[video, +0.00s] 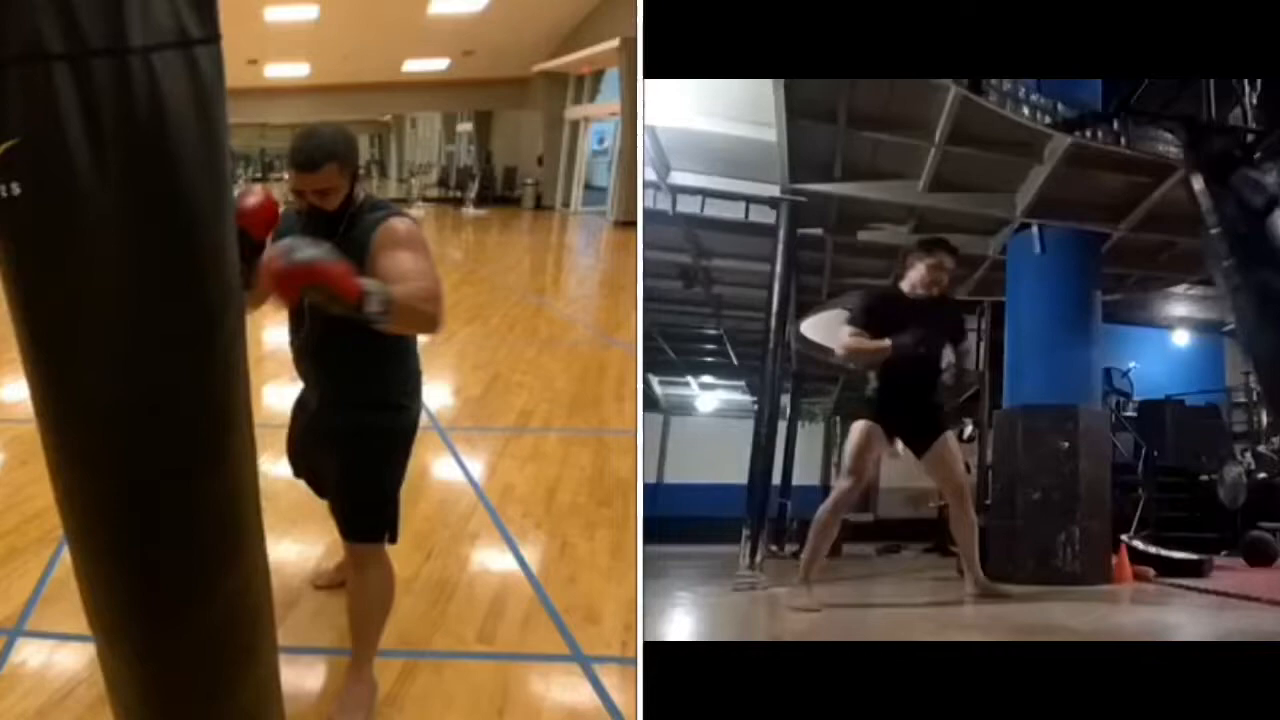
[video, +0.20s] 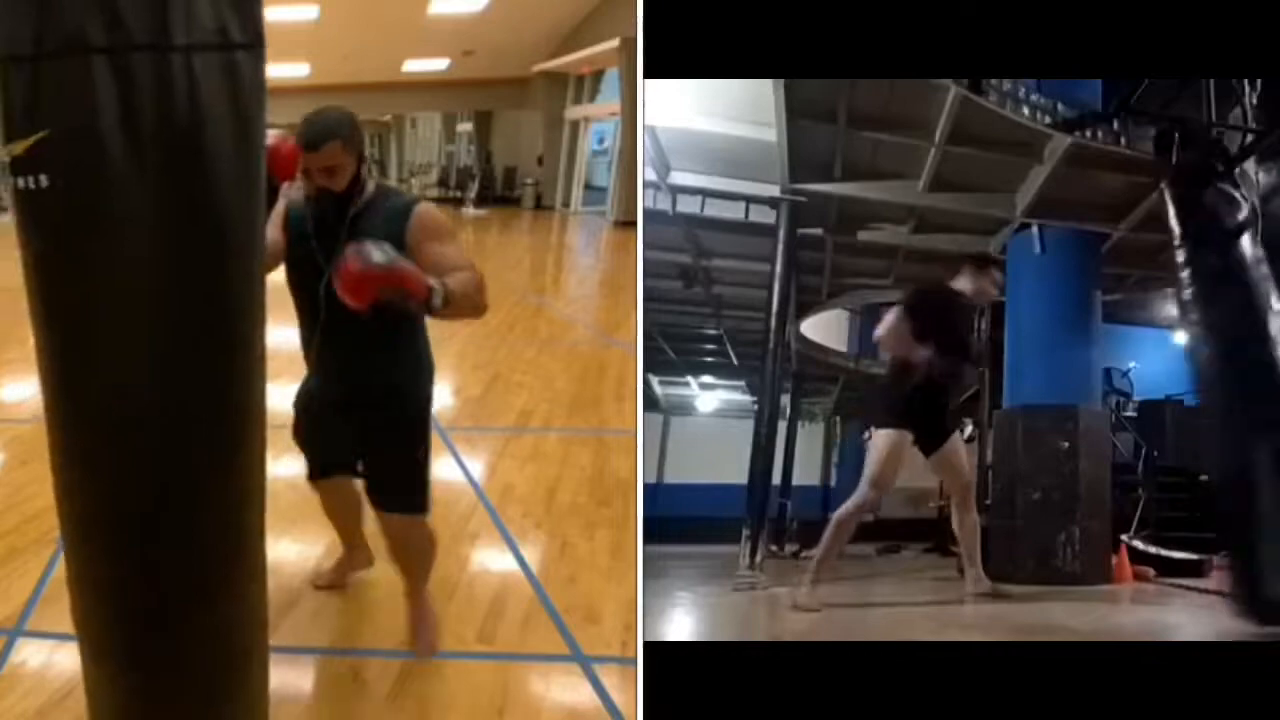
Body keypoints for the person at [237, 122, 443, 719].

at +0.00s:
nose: (313, 204)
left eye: (326, 193)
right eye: (303, 193)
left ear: (352, 179)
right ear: (291, 182)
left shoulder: (389, 229)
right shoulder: (293, 227)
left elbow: (426, 311)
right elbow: (252, 298)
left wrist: (351, 289)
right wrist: (251, 243)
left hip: (378, 408)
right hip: (321, 396)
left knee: (365, 544)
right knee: (330, 481)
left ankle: (361, 674)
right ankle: (356, 557)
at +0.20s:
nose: (320, 183)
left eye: (331, 172)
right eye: (312, 172)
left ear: (358, 160)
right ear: (300, 166)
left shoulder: (409, 218)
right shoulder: (294, 214)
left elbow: (474, 297)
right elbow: (252, 265)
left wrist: (421, 289)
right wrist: (265, 186)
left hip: (396, 387)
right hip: (328, 381)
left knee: (399, 514)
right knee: (324, 468)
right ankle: (355, 550)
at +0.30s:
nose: (320, 173)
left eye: (332, 160)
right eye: (311, 161)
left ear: (363, 149)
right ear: (301, 156)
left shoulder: (417, 209)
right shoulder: (300, 212)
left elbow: (468, 281)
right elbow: (246, 272)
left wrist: (426, 306)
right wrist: (246, 231)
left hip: (405, 384)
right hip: (330, 379)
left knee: (433, 512)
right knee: (281, 475)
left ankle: (445, 581)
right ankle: (330, 547)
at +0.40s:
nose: (330, 184)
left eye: (339, 169)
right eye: (318, 175)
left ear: (367, 166)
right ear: (309, 178)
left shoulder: (422, 229)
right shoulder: (315, 240)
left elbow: (430, 296)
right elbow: (267, 299)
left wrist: (342, 256)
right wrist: (238, 328)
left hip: (415, 405)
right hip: (339, 403)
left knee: (430, 504)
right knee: (273, 497)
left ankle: (436, 581)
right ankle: (288, 603)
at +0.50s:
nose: (318, 194)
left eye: (329, 179)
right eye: (305, 186)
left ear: (360, 179)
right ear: (295, 193)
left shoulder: (406, 230)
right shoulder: (305, 258)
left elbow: (320, 241)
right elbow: (284, 333)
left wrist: (253, 195)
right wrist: (252, 404)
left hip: (416, 424)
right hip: (334, 427)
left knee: (428, 517)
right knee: (280, 535)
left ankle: (432, 585)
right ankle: (293, 675)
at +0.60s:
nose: (291, 178)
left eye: (304, 167)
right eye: (280, 170)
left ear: (333, 173)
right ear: (271, 180)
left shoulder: (361, 217)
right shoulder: (294, 258)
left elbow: (243, 191)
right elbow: (294, 341)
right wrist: (252, 385)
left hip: (402, 429)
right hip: (320, 437)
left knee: (448, 542)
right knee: (279, 560)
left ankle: (446, 586)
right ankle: (295, 684)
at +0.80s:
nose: (256, 181)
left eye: (269, 169)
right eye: (251, 172)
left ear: (303, 175)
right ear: (251, 182)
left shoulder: (302, 214)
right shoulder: (274, 235)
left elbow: (281, 267)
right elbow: (205, 284)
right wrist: (210, 212)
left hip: (344, 381)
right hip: (360, 403)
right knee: (290, 534)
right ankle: (264, 692)